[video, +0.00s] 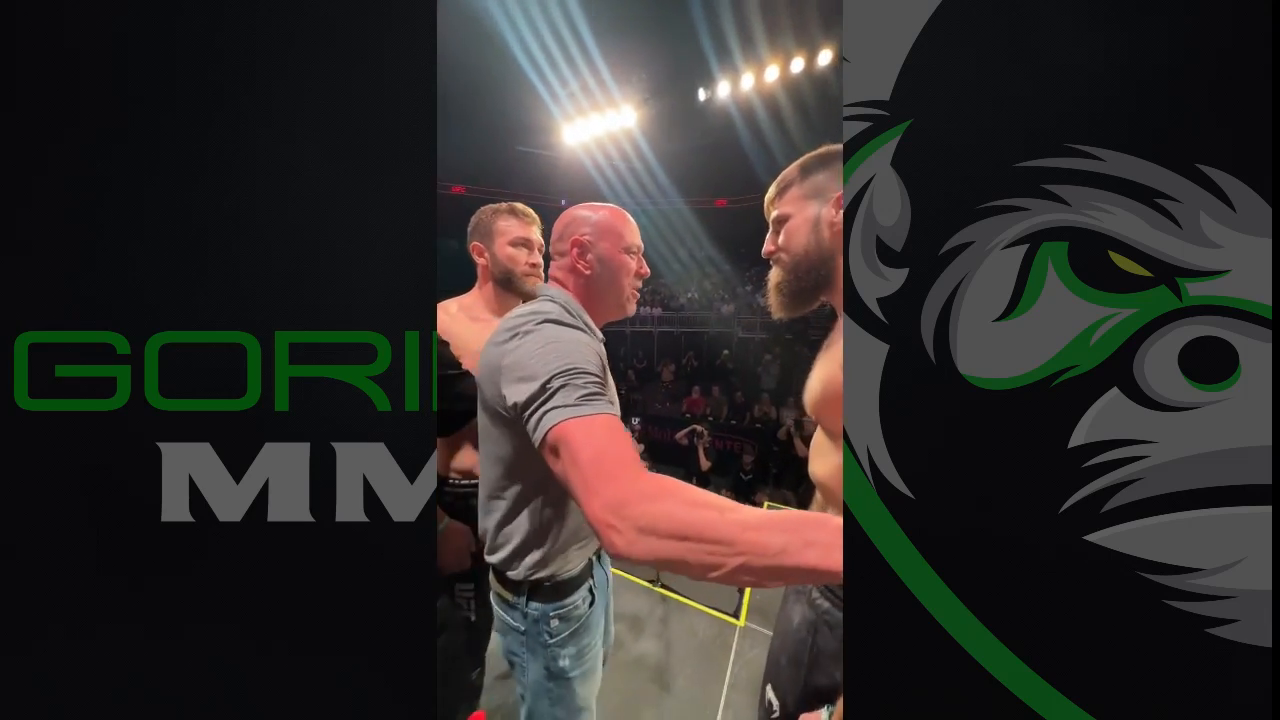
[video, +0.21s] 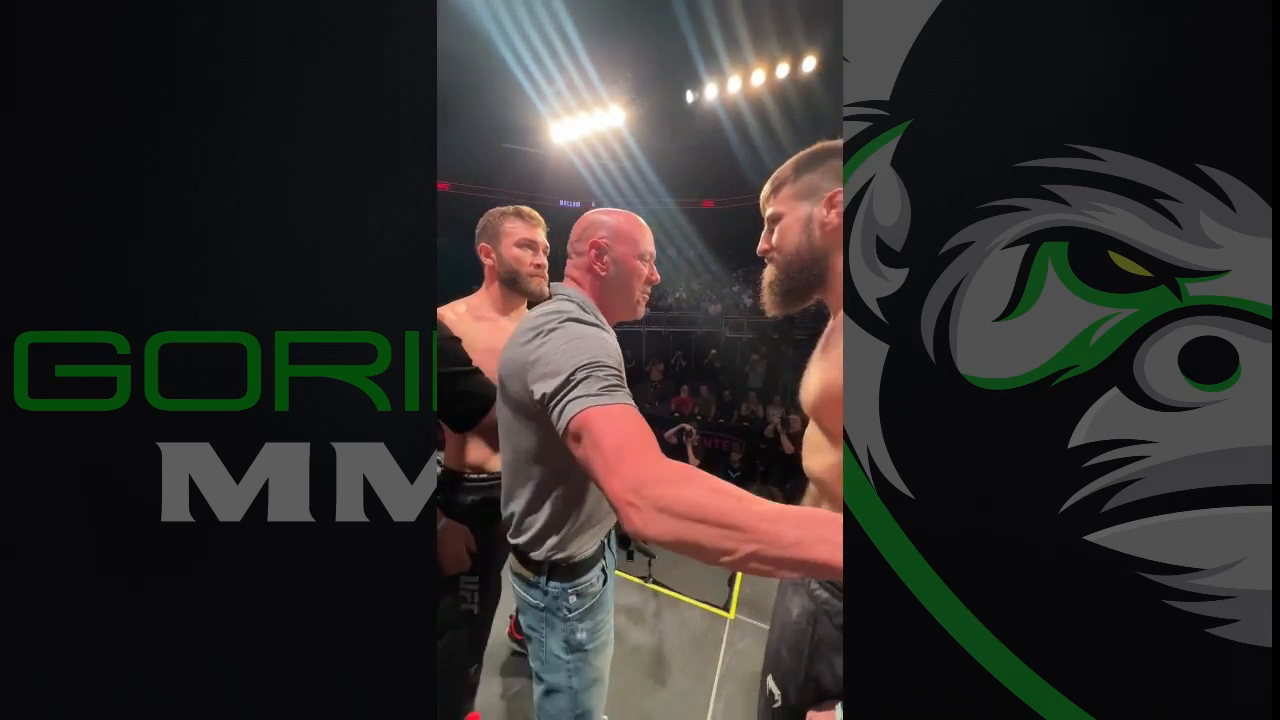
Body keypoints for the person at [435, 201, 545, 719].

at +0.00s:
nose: (537, 257)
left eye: (540, 247)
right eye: (522, 246)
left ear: (545, 256)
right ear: (482, 254)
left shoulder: (544, 326)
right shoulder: (442, 321)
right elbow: (414, 429)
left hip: (535, 501)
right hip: (463, 506)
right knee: (462, 631)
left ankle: (543, 704)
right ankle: (462, 707)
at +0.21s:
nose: (542, 257)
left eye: (545, 249)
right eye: (527, 247)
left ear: (549, 257)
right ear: (488, 254)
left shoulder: (547, 324)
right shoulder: (446, 323)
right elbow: (417, 426)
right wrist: (439, 519)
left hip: (534, 484)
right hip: (467, 490)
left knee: (556, 556)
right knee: (467, 612)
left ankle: (531, 621)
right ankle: (459, 705)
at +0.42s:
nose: (543, 255)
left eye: (545, 247)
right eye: (528, 245)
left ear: (548, 257)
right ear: (490, 253)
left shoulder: (546, 327)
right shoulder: (448, 320)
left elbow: (558, 410)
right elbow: (429, 414)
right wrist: (435, 510)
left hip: (535, 481)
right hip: (474, 484)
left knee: (534, 563)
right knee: (462, 618)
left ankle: (511, 635)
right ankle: (450, 708)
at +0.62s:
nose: (535, 256)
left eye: (537, 248)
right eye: (520, 246)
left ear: (539, 256)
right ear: (483, 254)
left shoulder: (536, 326)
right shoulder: (445, 318)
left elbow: (544, 398)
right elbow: (425, 389)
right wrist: (517, 406)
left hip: (521, 476)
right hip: (463, 478)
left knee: (513, 567)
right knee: (455, 594)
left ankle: (494, 640)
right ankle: (441, 694)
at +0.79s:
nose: (520, 257)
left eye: (522, 248)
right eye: (506, 247)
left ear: (522, 255)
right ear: (469, 253)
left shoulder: (521, 322)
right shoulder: (435, 315)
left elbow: (533, 394)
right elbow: (428, 392)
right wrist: (513, 404)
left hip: (504, 472)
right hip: (449, 476)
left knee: (498, 566)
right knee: (447, 589)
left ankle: (480, 639)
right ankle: (429, 669)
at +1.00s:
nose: (482, 253)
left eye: (485, 244)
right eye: (467, 242)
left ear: (487, 252)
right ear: (434, 249)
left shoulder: (492, 327)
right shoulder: (415, 322)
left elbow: (512, 393)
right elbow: (384, 392)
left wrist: (485, 414)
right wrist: (433, 405)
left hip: (471, 465)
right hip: (418, 467)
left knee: (464, 563)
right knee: (418, 564)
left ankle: (454, 642)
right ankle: (419, 650)